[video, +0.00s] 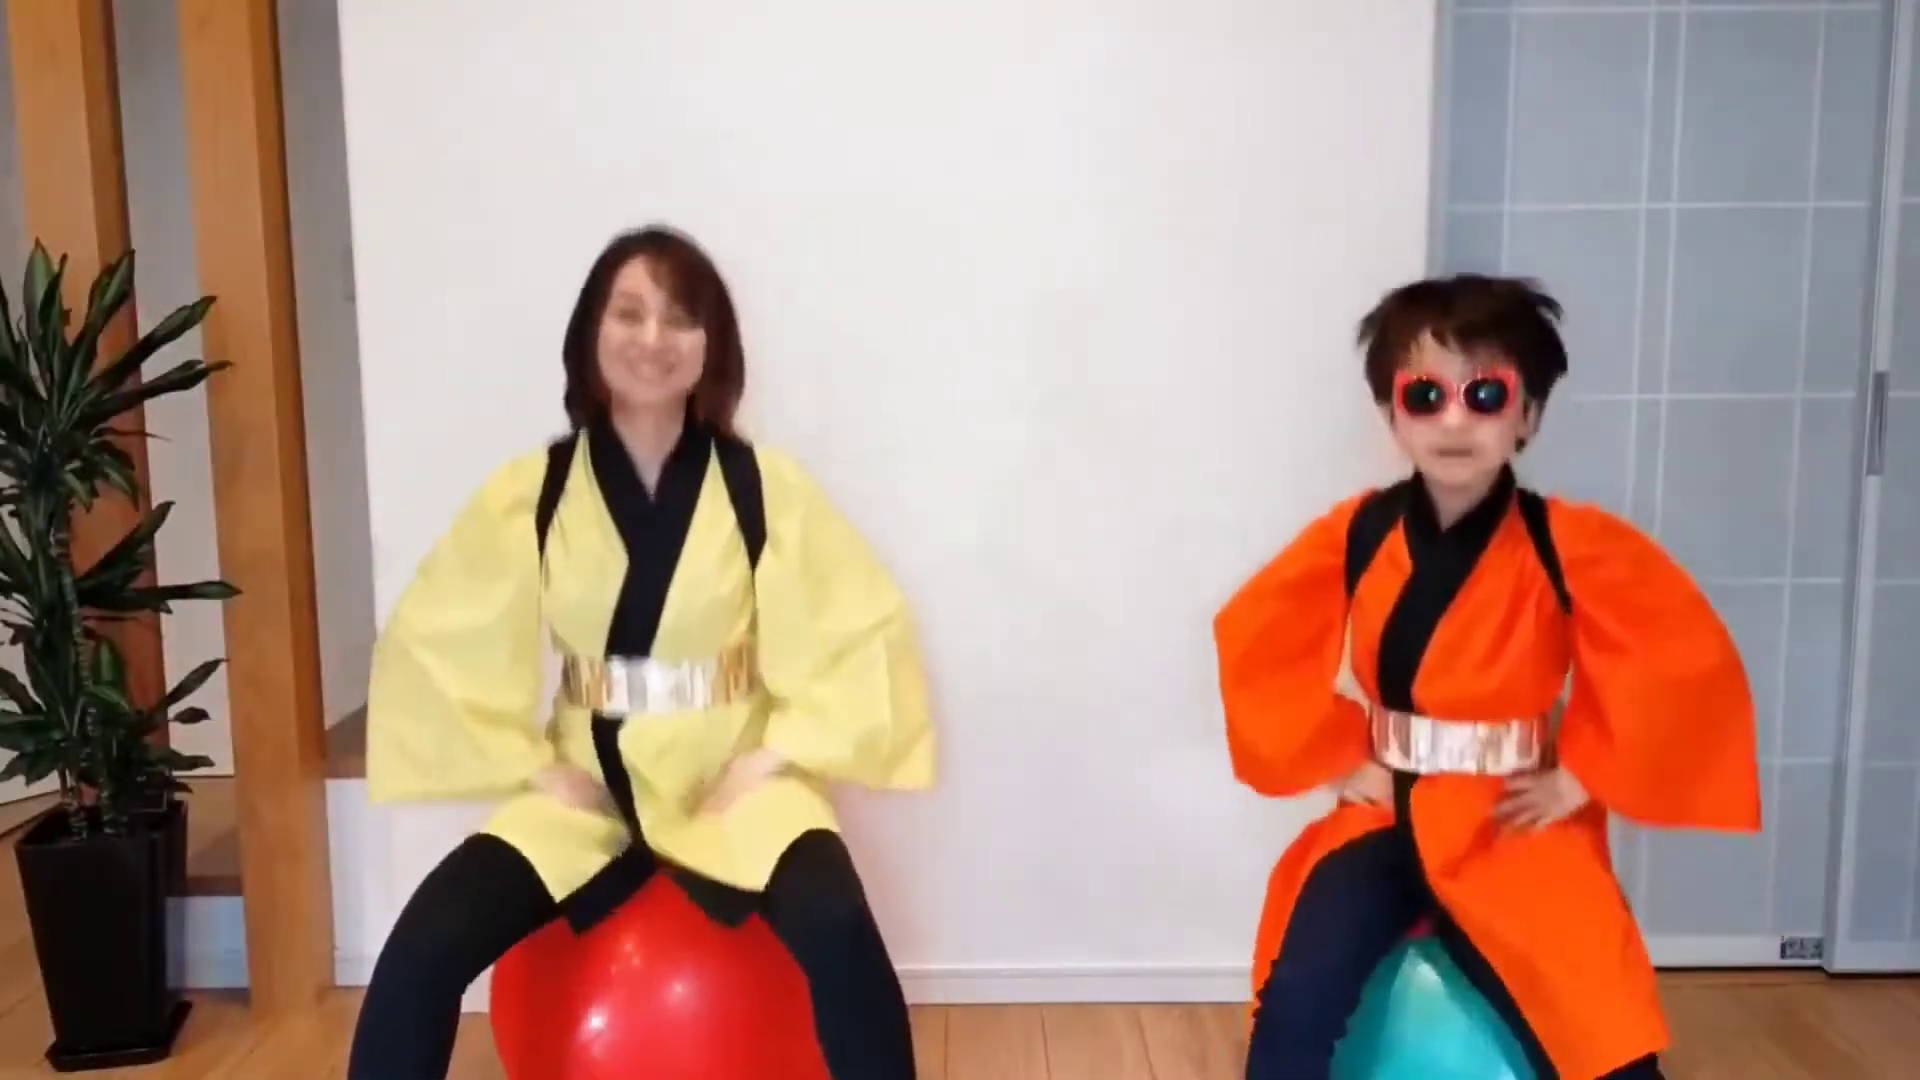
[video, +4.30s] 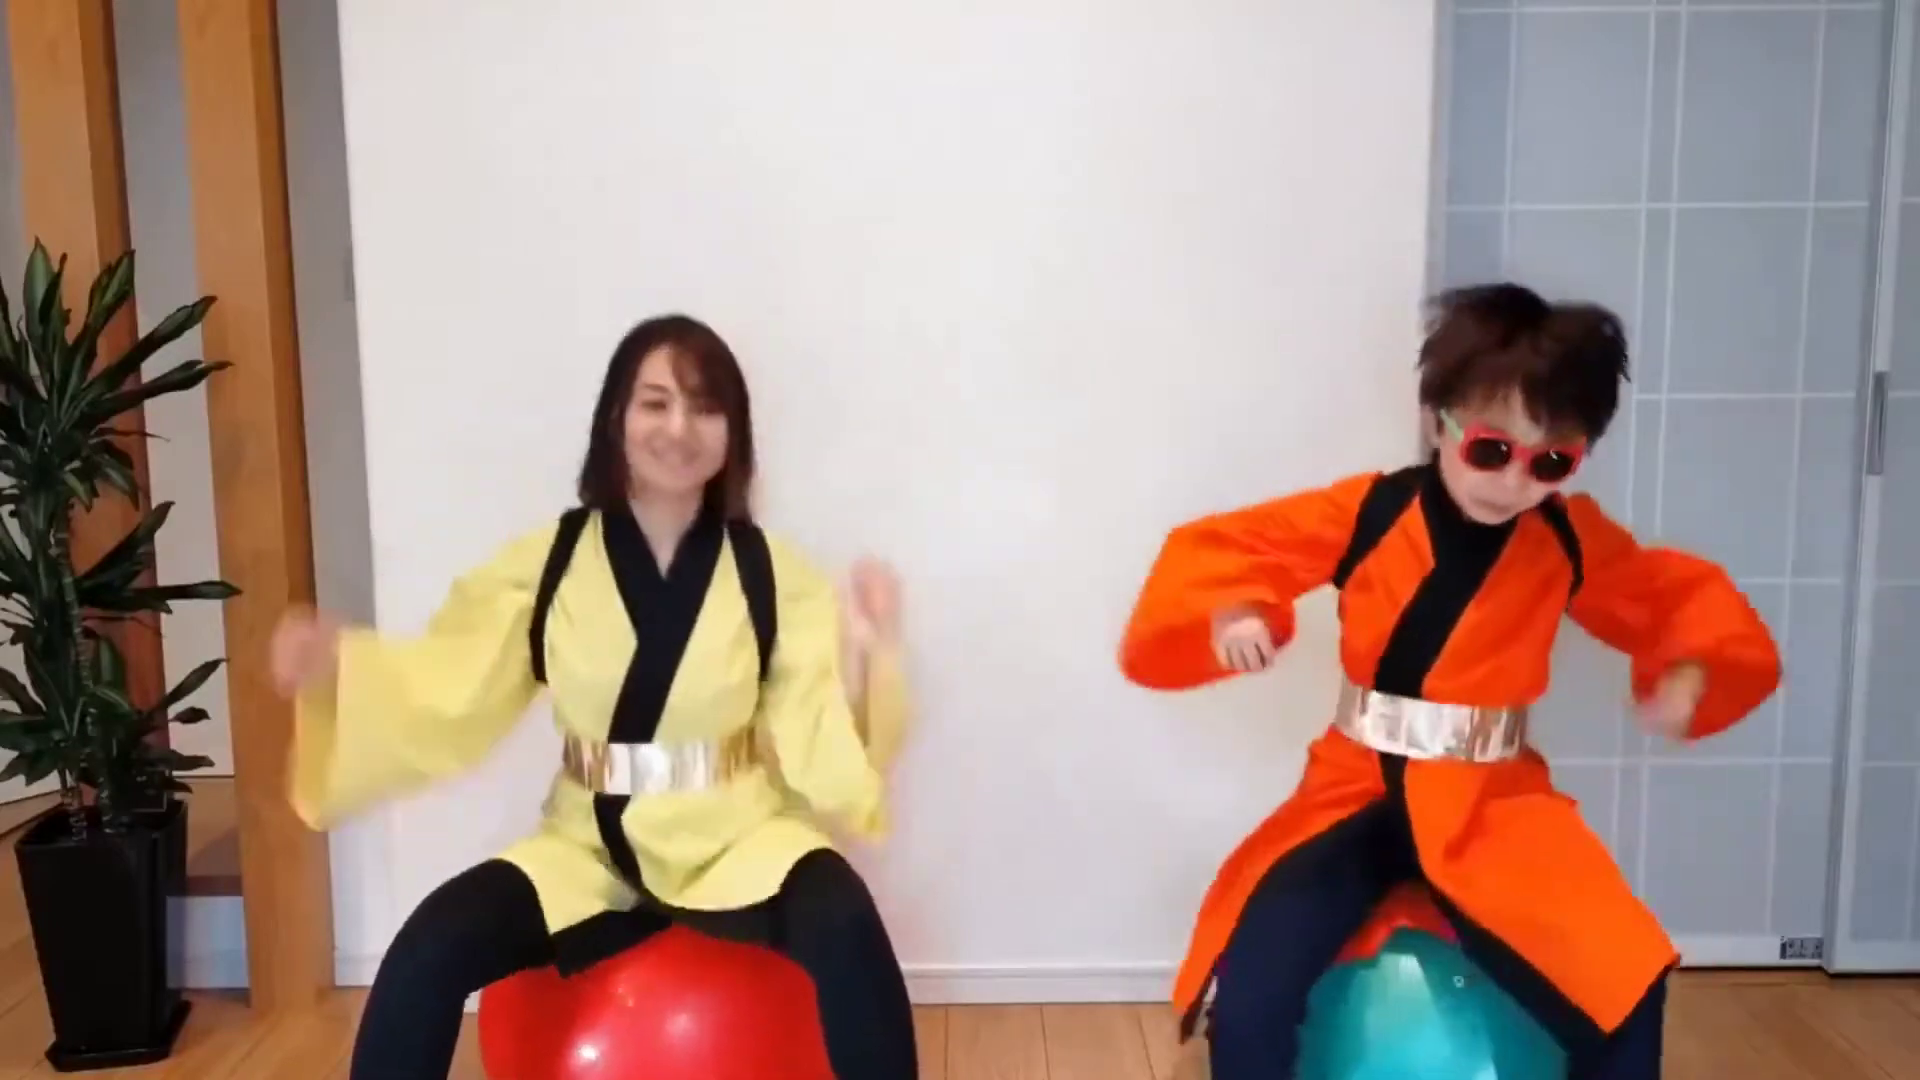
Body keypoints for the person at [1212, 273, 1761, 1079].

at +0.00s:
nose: (1453, 419)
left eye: (1485, 394)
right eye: (1424, 394)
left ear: (1526, 417)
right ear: (1390, 414)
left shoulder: (1568, 541)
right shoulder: (1357, 534)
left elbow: (1687, 659)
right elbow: (1250, 638)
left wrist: (1581, 774)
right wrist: (1339, 752)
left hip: (1521, 828)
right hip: (1384, 817)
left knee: (1615, 1032)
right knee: (1298, 998)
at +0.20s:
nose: (1455, 530)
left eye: (1486, 506)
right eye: (1426, 506)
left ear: (1525, 522)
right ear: (1392, 521)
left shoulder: (1565, 645)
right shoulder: (1357, 633)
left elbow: (1690, 762)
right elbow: (1241, 730)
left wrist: (1573, 856)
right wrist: (1343, 818)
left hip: (1512, 902)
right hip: (1377, 889)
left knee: (1618, 1054)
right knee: (1303, 1010)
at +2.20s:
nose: (1463, 431)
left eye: (1494, 407)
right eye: (1433, 405)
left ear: (1525, 423)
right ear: (1388, 426)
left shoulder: (1559, 543)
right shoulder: (1346, 535)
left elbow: (1677, 657)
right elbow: (1229, 640)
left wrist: (1576, 773)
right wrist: (1333, 753)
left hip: (1514, 822)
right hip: (1377, 815)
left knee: (1602, 1013)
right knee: (1308, 946)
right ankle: (1280, 1067)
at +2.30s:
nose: (1457, 512)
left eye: (1487, 488)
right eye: (1426, 488)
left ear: (1516, 504)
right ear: (1381, 509)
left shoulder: (1556, 626)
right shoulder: (1346, 614)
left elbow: (1676, 744)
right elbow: (1227, 712)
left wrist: (1564, 846)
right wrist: (1333, 816)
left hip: (1505, 885)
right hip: (1370, 874)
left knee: (1602, 1042)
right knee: (1303, 986)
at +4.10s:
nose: (1474, 514)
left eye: (1507, 492)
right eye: (1445, 484)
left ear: (1535, 499)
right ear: (1394, 487)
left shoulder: (1558, 614)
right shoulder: (1350, 599)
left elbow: (1654, 706)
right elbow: (1236, 678)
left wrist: (1595, 792)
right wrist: (1304, 792)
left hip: (1495, 880)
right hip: (1358, 868)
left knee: (1593, 1052)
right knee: (1258, 1026)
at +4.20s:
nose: (1494, 470)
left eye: (1528, 449)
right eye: (1468, 439)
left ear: (1558, 443)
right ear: (1414, 421)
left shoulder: (1562, 538)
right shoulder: (1359, 520)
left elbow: (1694, 613)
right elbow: (1219, 578)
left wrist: (1672, 664)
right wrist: (1250, 662)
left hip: (1493, 820)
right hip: (1355, 809)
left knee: (1614, 1020)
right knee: (1255, 996)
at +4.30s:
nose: (1515, 484)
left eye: (1551, 463)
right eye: (1491, 449)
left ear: (1580, 454)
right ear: (1434, 420)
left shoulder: (1568, 539)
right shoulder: (1371, 511)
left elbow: (1690, 598)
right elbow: (1216, 549)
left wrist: (1699, 665)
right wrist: (1227, 606)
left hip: (1495, 812)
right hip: (1356, 799)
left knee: (1629, 977)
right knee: (1254, 969)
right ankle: (1248, 1071)